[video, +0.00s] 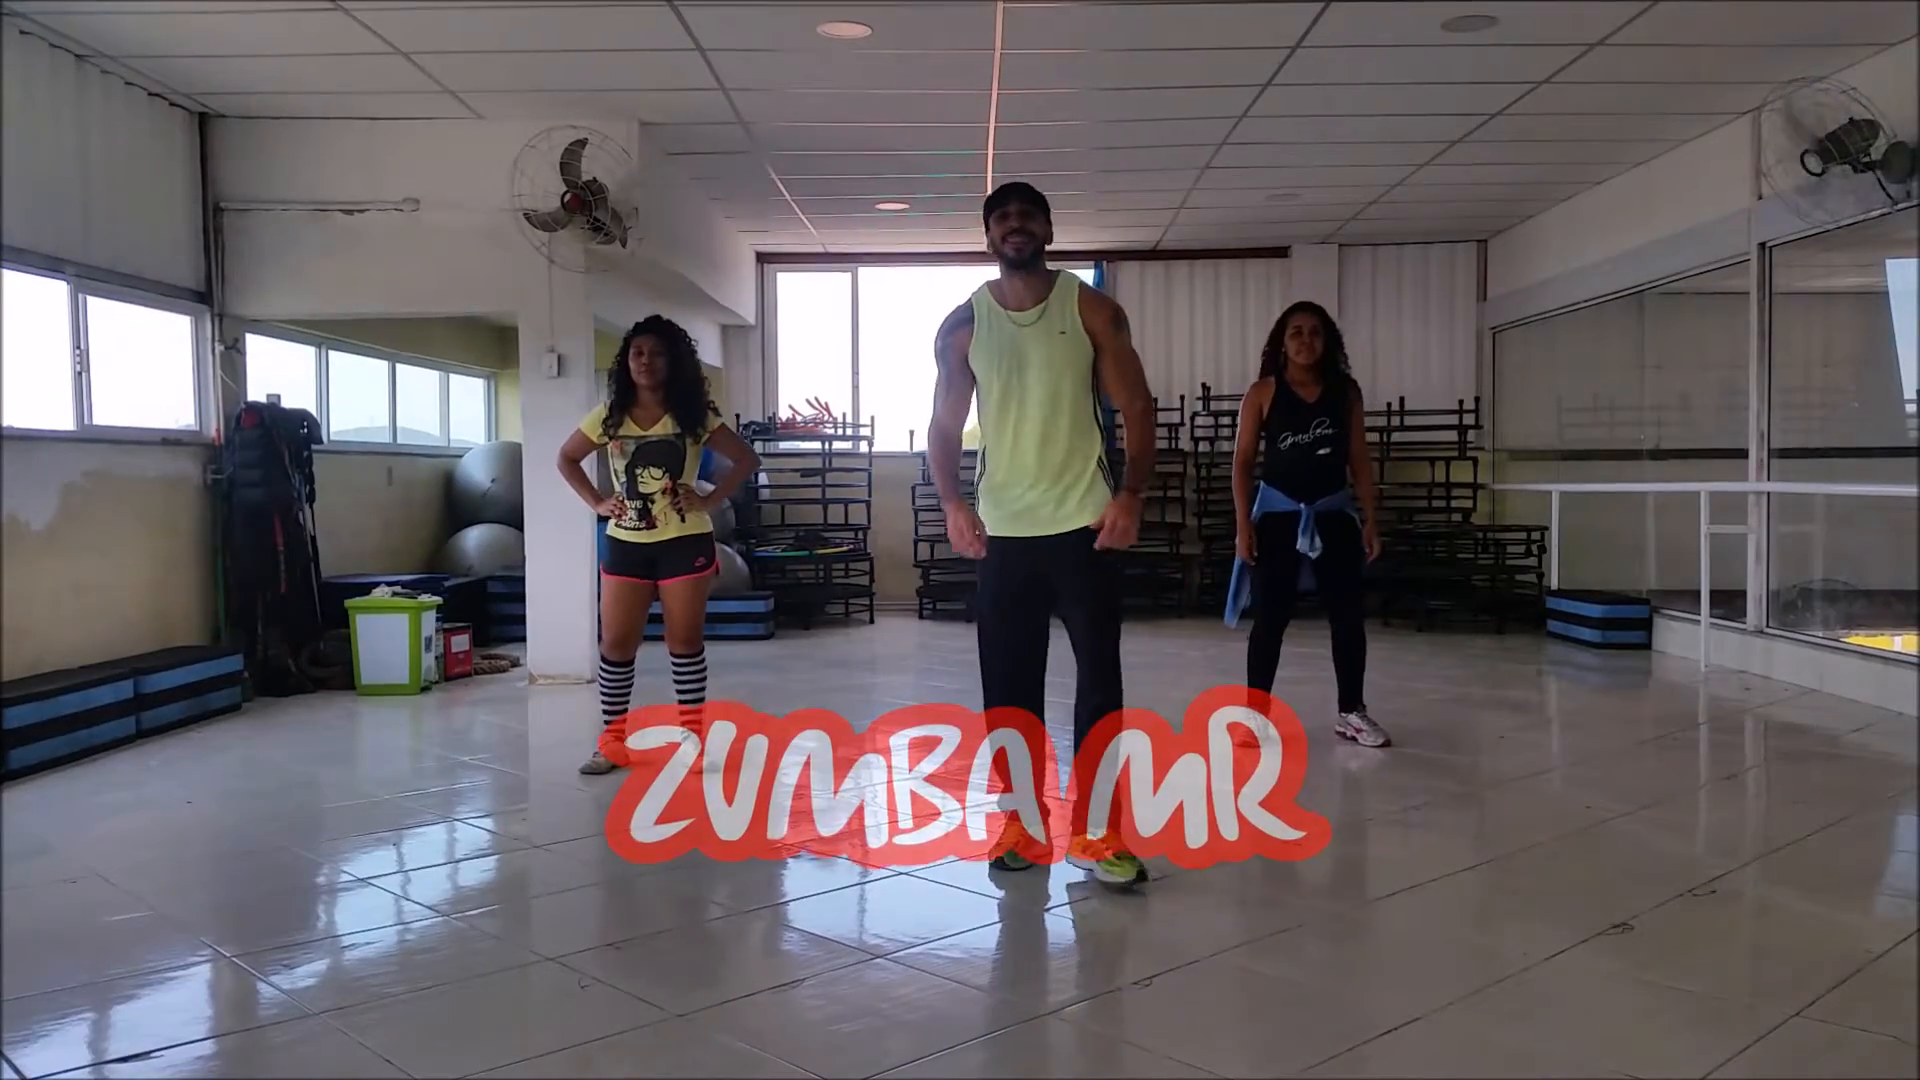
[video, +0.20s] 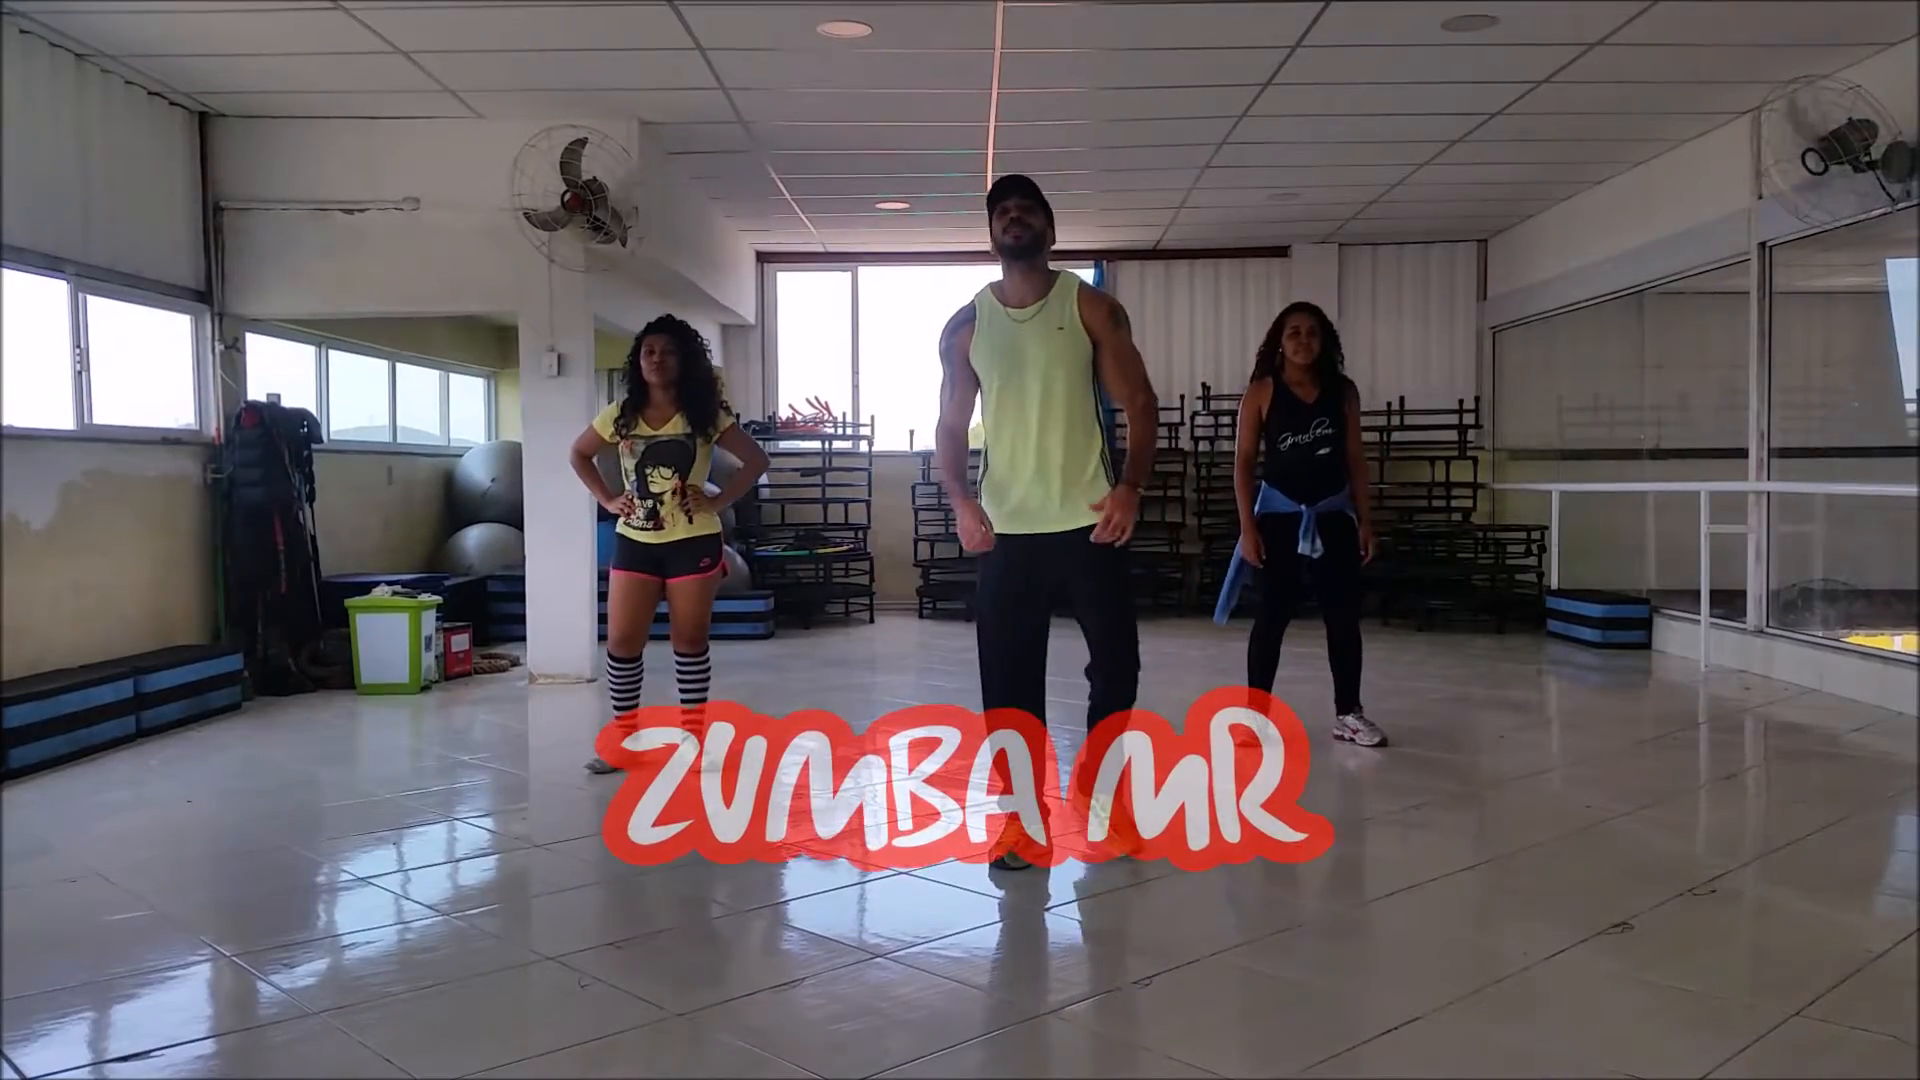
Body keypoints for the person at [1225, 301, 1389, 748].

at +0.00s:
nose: (1306, 340)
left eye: (1314, 333)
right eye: (1296, 333)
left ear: (1326, 341)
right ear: (1282, 341)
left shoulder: (1345, 392)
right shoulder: (1262, 393)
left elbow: (1359, 457)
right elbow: (1243, 463)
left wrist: (1370, 517)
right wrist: (1243, 525)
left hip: (1334, 517)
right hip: (1278, 517)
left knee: (1347, 614)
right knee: (1270, 618)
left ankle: (1351, 713)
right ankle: (1257, 715)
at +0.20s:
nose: (1303, 340)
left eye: (1312, 333)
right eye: (1294, 333)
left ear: (1324, 341)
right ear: (1280, 341)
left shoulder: (1342, 391)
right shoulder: (1261, 391)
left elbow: (1355, 459)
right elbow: (1243, 463)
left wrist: (1364, 519)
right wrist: (1247, 526)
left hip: (1333, 517)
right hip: (1278, 518)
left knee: (1344, 615)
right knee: (1272, 615)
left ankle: (1348, 715)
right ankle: (1257, 716)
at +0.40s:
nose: (1311, 340)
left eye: (1320, 334)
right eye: (1302, 333)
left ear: (1333, 343)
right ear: (1288, 343)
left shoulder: (1352, 394)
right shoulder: (1269, 394)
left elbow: (1368, 463)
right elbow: (1254, 464)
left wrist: (1372, 523)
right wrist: (1253, 525)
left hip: (1341, 519)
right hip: (1285, 520)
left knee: (1348, 618)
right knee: (1276, 616)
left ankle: (1350, 716)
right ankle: (1258, 715)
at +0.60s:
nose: (1315, 338)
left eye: (1324, 332)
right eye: (1305, 331)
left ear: (1337, 340)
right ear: (1292, 340)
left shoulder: (1355, 392)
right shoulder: (1271, 393)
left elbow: (1372, 458)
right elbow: (1254, 462)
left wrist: (1371, 517)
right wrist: (1252, 521)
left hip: (1338, 516)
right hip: (1283, 516)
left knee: (1342, 617)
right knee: (1273, 617)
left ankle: (1349, 717)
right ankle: (1256, 716)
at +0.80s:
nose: (1309, 338)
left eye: (1318, 331)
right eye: (1299, 331)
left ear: (1331, 340)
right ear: (1285, 340)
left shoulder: (1349, 392)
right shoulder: (1266, 391)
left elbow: (1359, 461)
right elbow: (1246, 459)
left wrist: (1362, 519)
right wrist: (1247, 521)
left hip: (1331, 516)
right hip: (1276, 516)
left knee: (1339, 616)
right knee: (1269, 616)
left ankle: (1349, 716)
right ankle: (1255, 715)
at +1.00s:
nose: (1295, 337)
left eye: (1304, 330)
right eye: (1286, 330)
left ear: (1317, 339)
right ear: (1272, 339)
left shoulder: (1335, 390)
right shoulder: (1252, 391)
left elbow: (1354, 459)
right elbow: (1228, 456)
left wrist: (1332, 499)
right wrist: (1266, 500)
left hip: (1319, 518)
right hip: (1263, 520)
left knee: (1330, 620)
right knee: (1260, 621)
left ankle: (1348, 714)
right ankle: (1257, 716)